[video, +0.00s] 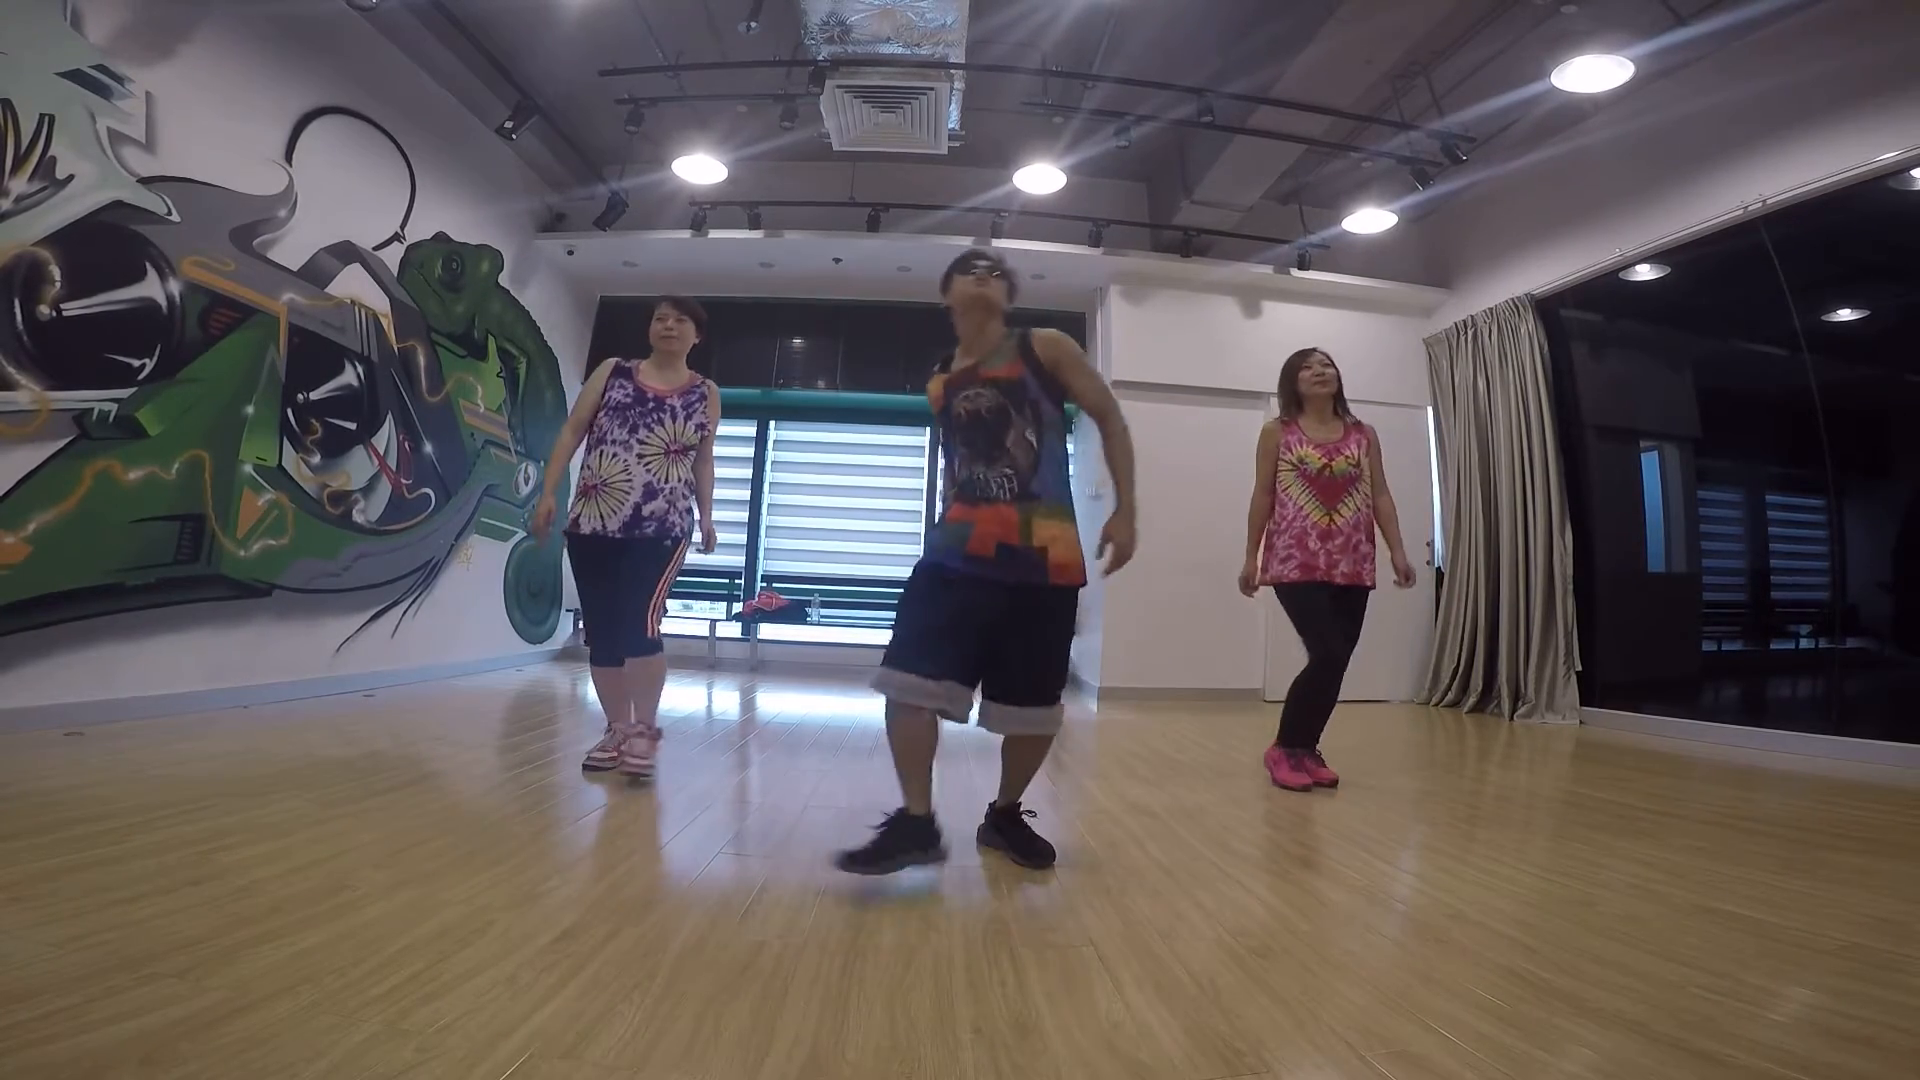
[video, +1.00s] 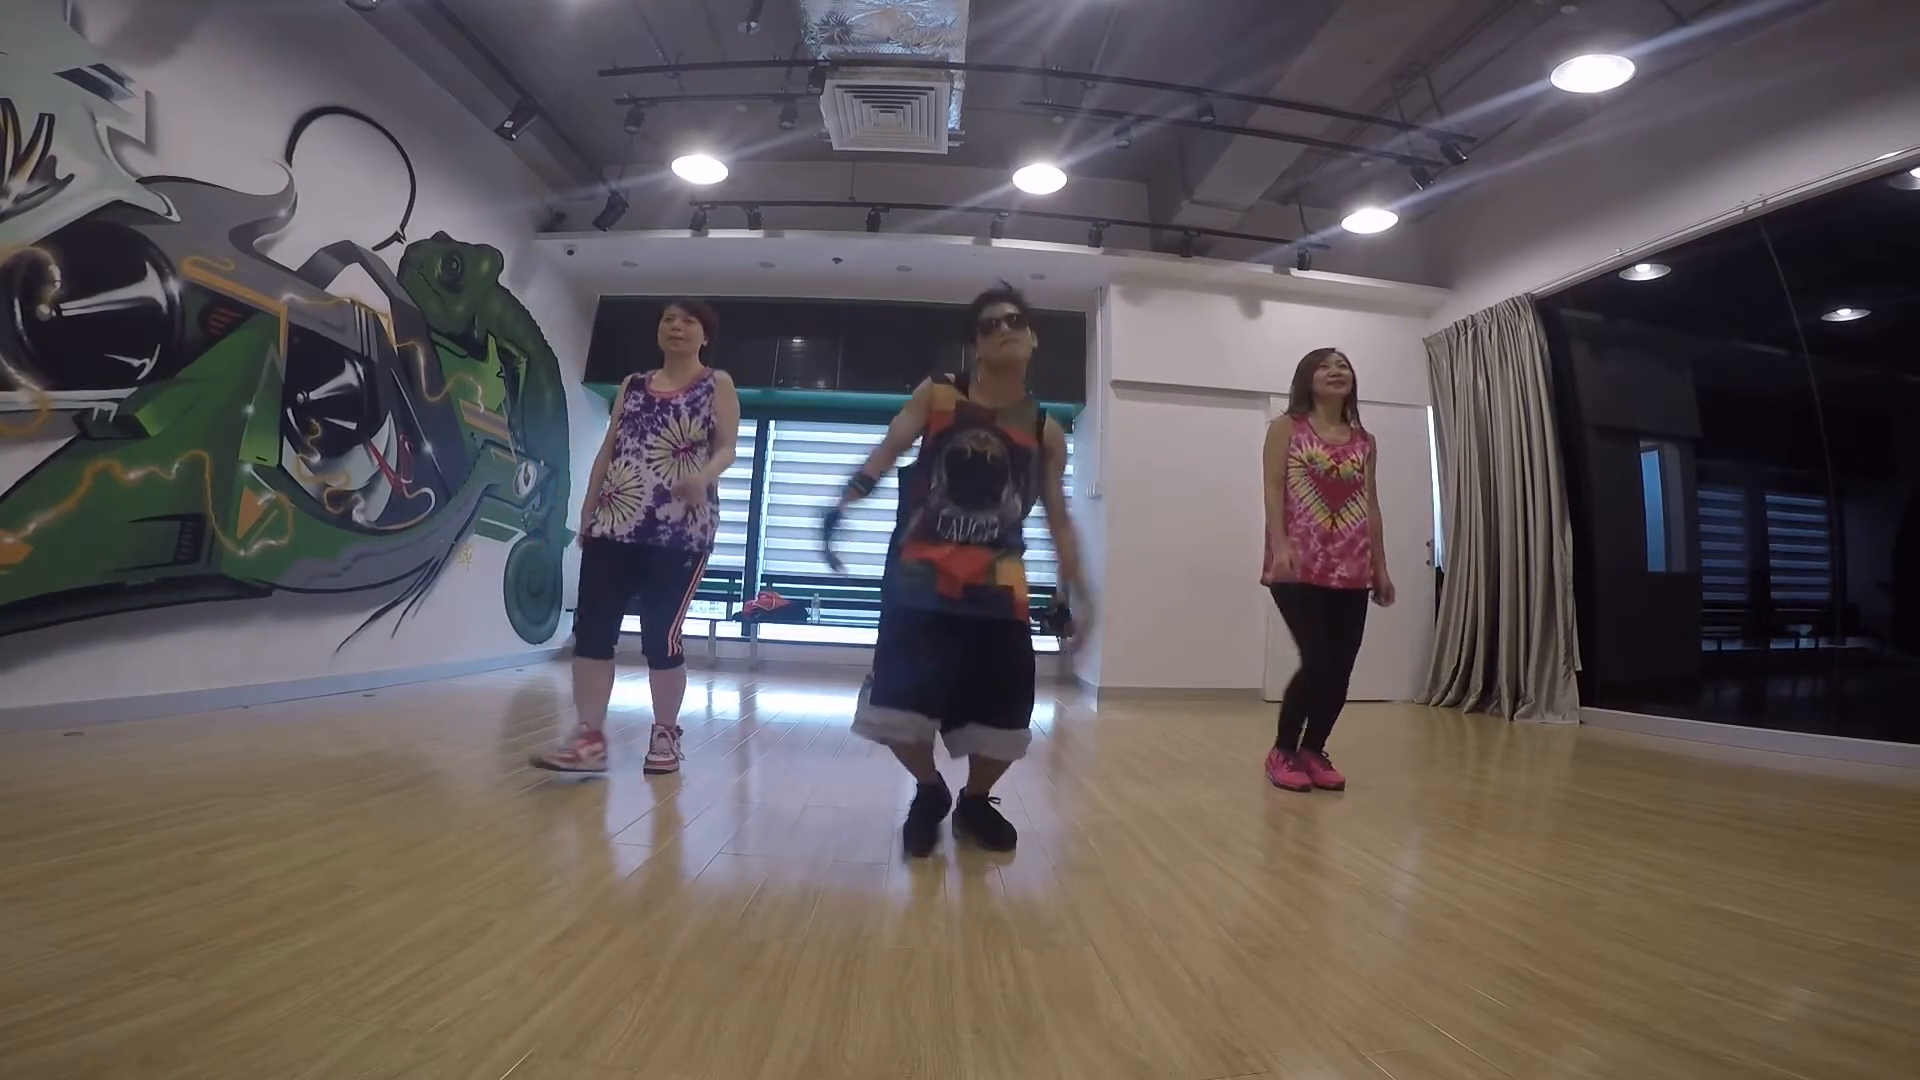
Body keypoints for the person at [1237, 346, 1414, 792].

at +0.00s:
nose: (1319, 371)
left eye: (1327, 366)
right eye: (1307, 367)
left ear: (1339, 379)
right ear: (1292, 384)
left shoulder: (1362, 433)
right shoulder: (1277, 433)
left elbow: (1380, 496)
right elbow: (1263, 497)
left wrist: (1397, 551)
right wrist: (1251, 557)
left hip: (1352, 567)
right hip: (1295, 564)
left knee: (1336, 660)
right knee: (1327, 655)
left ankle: (1307, 751)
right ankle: (1284, 749)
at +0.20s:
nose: (1311, 369)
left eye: (1317, 363)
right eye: (1299, 366)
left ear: (1329, 375)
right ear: (1284, 382)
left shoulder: (1357, 430)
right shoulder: (1271, 433)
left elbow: (1375, 491)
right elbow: (1262, 500)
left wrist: (1394, 546)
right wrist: (1254, 564)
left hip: (1348, 569)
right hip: (1289, 568)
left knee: (1329, 666)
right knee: (1298, 662)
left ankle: (1306, 750)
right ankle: (1280, 755)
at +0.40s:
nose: (1308, 377)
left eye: (1315, 370)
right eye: (1295, 373)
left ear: (1327, 383)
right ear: (1279, 388)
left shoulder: (1355, 437)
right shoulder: (1267, 442)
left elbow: (1371, 501)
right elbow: (1258, 509)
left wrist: (1377, 564)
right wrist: (1249, 573)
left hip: (1343, 575)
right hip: (1283, 574)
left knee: (1347, 665)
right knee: (1301, 664)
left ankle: (1310, 746)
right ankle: (1281, 755)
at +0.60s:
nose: (1319, 368)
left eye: (1326, 363)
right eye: (1307, 364)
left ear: (1336, 379)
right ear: (1290, 381)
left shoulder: (1353, 435)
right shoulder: (1272, 428)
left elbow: (1362, 501)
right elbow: (1258, 490)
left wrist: (1371, 562)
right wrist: (1254, 549)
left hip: (1341, 566)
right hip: (1282, 565)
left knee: (1352, 654)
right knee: (1295, 658)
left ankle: (1313, 731)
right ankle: (1280, 755)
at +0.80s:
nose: (1329, 369)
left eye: (1336, 364)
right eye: (1317, 364)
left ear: (1346, 380)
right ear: (1300, 380)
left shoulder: (1356, 438)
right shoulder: (1280, 423)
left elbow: (1359, 505)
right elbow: (1261, 480)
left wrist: (1370, 562)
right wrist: (1269, 532)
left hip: (1343, 567)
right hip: (1287, 563)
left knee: (1331, 665)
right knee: (1291, 660)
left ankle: (1311, 751)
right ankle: (1279, 756)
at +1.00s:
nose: (1336, 371)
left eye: (1343, 366)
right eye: (1325, 366)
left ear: (1353, 381)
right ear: (1307, 381)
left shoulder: (1363, 440)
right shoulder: (1286, 429)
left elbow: (1371, 507)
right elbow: (1273, 490)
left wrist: (1380, 568)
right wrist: (1279, 545)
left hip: (1351, 572)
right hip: (1298, 569)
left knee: (1339, 667)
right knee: (1318, 661)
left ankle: (1313, 751)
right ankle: (1284, 751)